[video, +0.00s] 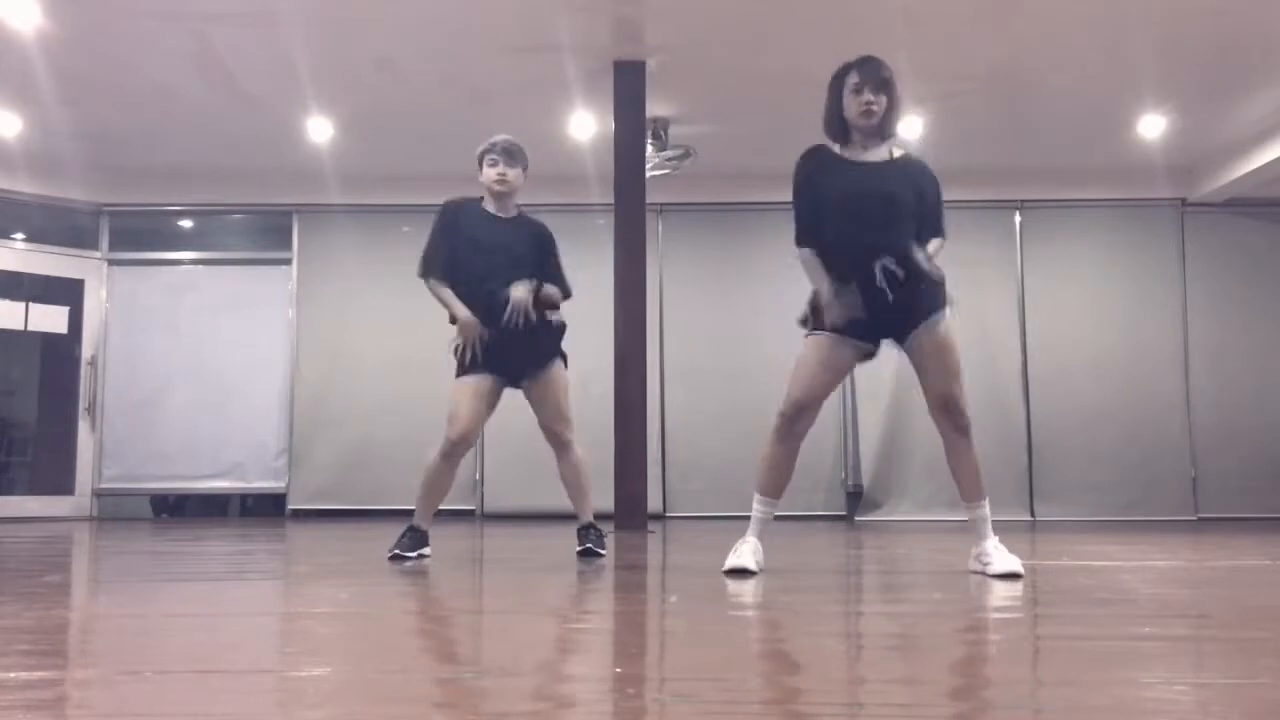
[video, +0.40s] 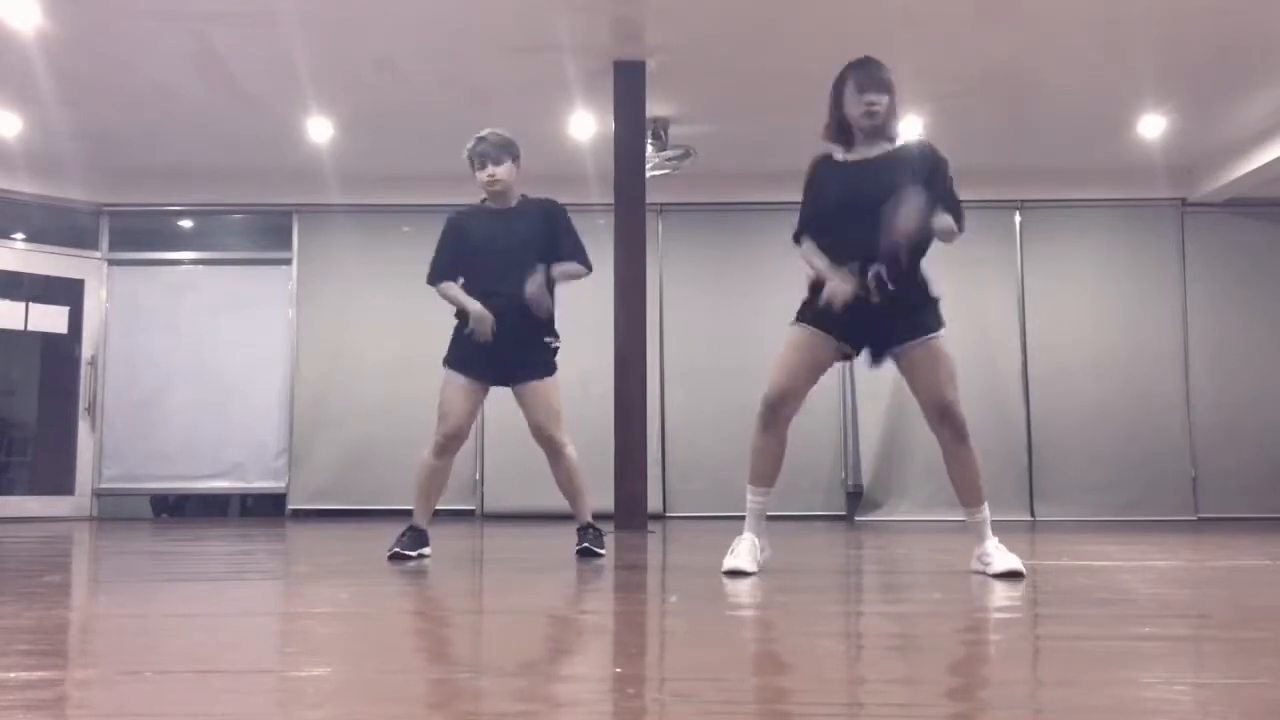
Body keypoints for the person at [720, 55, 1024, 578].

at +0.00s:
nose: (868, 98)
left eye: (878, 90)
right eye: (857, 91)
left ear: (890, 100)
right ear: (839, 100)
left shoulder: (912, 166)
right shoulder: (816, 163)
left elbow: (933, 235)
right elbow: (805, 243)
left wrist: (924, 264)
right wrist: (829, 296)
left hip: (915, 299)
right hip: (847, 302)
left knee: (954, 413)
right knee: (793, 412)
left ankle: (985, 543)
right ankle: (752, 540)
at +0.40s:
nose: (873, 99)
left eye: (881, 90)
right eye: (861, 91)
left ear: (894, 98)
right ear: (841, 100)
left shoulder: (921, 157)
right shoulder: (826, 167)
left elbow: (953, 227)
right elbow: (803, 236)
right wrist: (828, 273)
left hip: (905, 298)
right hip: (836, 297)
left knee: (948, 414)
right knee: (775, 402)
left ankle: (986, 544)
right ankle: (751, 536)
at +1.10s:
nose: (844, 125)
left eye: (855, 115)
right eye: (833, 117)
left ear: (872, 124)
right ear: (819, 128)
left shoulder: (892, 164)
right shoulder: (821, 202)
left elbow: (912, 221)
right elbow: (820, 276)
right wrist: (798, 321)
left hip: (899, 308)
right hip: (836, 316)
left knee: (971, 426)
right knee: (781, 414)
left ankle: (988, 545)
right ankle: (786, 545)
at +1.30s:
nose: (807, 123)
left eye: (816, 115)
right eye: (797, 116)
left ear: (832, 124)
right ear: (782, 127)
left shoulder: (852, 170)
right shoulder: (775, 197)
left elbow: (925, 217)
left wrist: (968, 268)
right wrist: (738, 327)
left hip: (849, 302)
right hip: (791, 309)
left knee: (893, 410)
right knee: (741, 419)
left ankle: (981, 497)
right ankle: (783, 544)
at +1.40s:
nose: (794, 110)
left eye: (803, 101)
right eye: (784, 102)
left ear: (819, 110)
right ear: (769, 113)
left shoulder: (848, 150)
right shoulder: (754, 182)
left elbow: (919, 144)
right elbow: (704, 220)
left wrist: (926, 168)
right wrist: (671, 259)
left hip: (845, 277)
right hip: (785, 292)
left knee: (864, 362)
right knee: (750, 411)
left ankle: (913, 499)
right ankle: (784, 543)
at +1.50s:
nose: (787, 86)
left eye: (797, 76)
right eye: (776, 79)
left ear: (815, 83)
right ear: (764, 92)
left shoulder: (842, 132)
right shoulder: (765, 158)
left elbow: (907, 154)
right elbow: (712, 225)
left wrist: (893, 95)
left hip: (843, 268)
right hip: (781, 282)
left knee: (841, 347)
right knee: (764, 405)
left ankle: (871, 508)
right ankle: (786, 543)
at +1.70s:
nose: (783, 101)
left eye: (793, 93)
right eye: (772, 94)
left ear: (811, 103)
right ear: (760, 109)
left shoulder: (843, 136)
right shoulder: (755, 174)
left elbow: (917, 114)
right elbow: (700, 212)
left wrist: (903, 74)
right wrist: (654, 180)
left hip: (826, 283)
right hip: (768, 293)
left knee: (809, 379)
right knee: (733, 421)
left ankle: (860, 535)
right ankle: (786, 543)